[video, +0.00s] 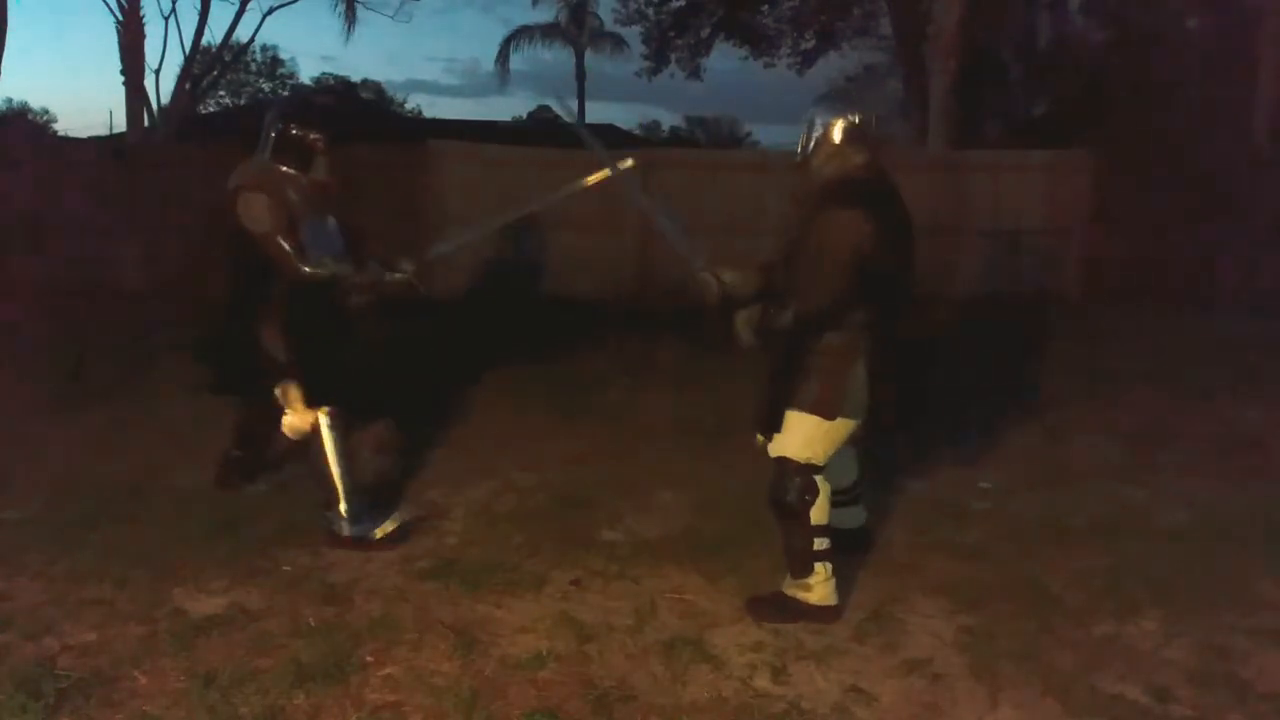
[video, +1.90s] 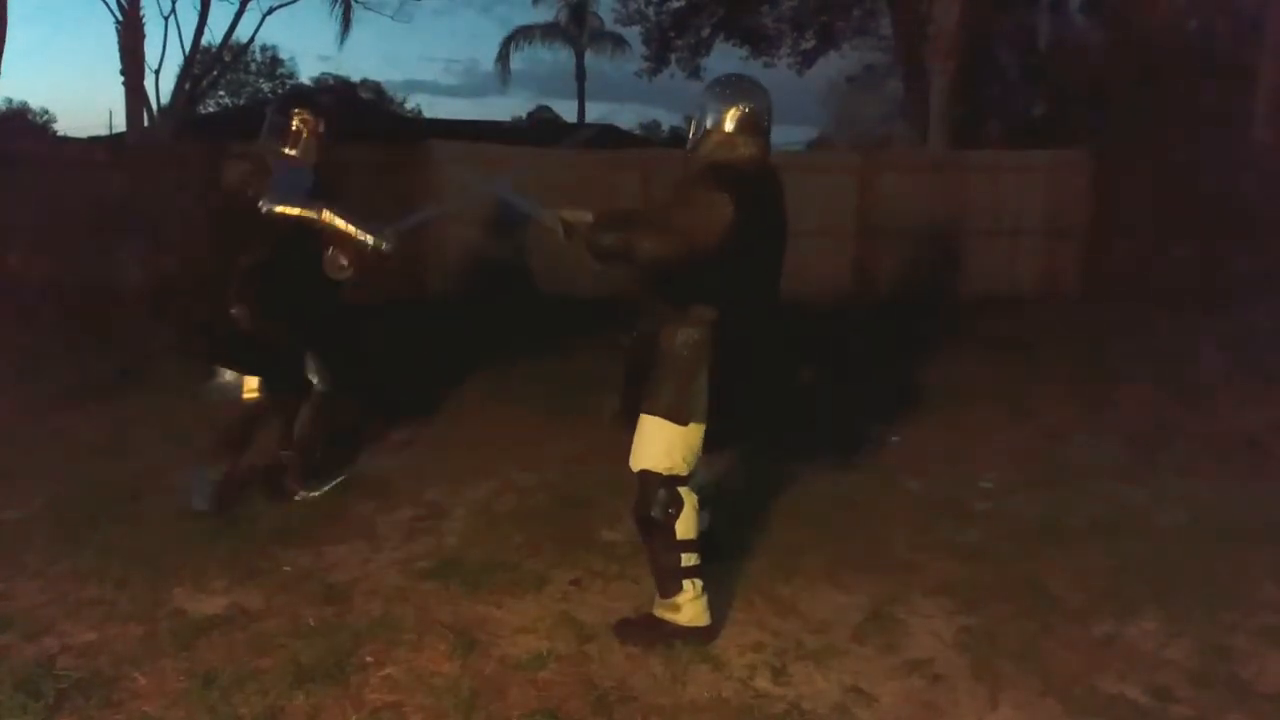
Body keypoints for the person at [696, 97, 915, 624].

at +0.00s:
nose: (807, 160)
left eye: (814, 149)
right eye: (809, 149)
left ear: (835, 150)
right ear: (858, 151)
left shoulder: (844, 208)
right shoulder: (869, 199)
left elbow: (822, 291)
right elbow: (803, 266)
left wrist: (770, 318)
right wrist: (749, 283)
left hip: (833, 353)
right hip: (853, 345)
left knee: (795, 467)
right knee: (831, 442)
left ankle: (811, 588)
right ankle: (849, 527)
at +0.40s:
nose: (802, 139)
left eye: (811, 128)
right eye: (807, 127)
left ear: (830, 132)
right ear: (864, 134)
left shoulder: (833, 191)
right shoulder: (872, 187)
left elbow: (789, 256)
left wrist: (719, 257)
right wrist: (729, 248)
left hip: (820, 340)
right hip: (849, 335)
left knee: (789, 475)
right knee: (824, 454)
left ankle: (810, 591)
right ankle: (850, 561)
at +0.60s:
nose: (795, 147)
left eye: (803, 137)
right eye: (802, 137)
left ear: (818, 140)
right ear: (851, 143)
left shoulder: (824, 190)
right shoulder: (852, 188)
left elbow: (760, 236)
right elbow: (765, 229)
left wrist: (691, 225)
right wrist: (702, 222)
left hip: (799, 337)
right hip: (827, 335)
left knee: (732, 455)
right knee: (800, 455)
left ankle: (736, 597)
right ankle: (843, 567)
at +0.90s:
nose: (751, 145)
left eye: (763, 133)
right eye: (760, 133)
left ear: (782, 141)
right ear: (788, 142)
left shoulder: (779, 202)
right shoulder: (782, 191)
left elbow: (711, 263)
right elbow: (708, 238)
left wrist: (635, 268)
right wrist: (633, 230)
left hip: (735, 348)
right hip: (760, 342)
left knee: (666, 477)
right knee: (748, 463)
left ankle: (681, 613)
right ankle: (829, 552)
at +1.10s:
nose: (711, 132)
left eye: (719, 120)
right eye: (718, 120)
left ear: (733, 125)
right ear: (769, 129)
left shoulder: (736, 193)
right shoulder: (773, 183)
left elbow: (673, 257)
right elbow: (678, 212)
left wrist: (600, 239)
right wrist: (610, 198)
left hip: (710, 345)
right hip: (746, 337)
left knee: (661, 486)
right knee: (708, 442)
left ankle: (678, 612)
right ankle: (743, 526)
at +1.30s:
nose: (695, 132)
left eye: (706, 122)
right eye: (700, 121)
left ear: (724, 125)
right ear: (743, 126)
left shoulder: (731, 188)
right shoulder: (726, 178)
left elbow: (658, 246)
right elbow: (645, 171)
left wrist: (596, 211)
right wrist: (577, 147)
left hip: (706, 341)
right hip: (694, 335)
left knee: (666, 475)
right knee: (667, 464)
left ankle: (681, 607)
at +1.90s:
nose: (693, 125)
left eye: (702, 115)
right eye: (698, 115)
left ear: (722, 119)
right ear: (751, 122)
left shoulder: (725, 185)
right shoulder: (746, 179)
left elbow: (673, 244)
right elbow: (671, 226)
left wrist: (597, 238)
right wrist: (602, 224)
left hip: (698, 345)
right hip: (711, 340)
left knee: (659, 475)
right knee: (673, 470)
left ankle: (682, 609)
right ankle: (684, 603)